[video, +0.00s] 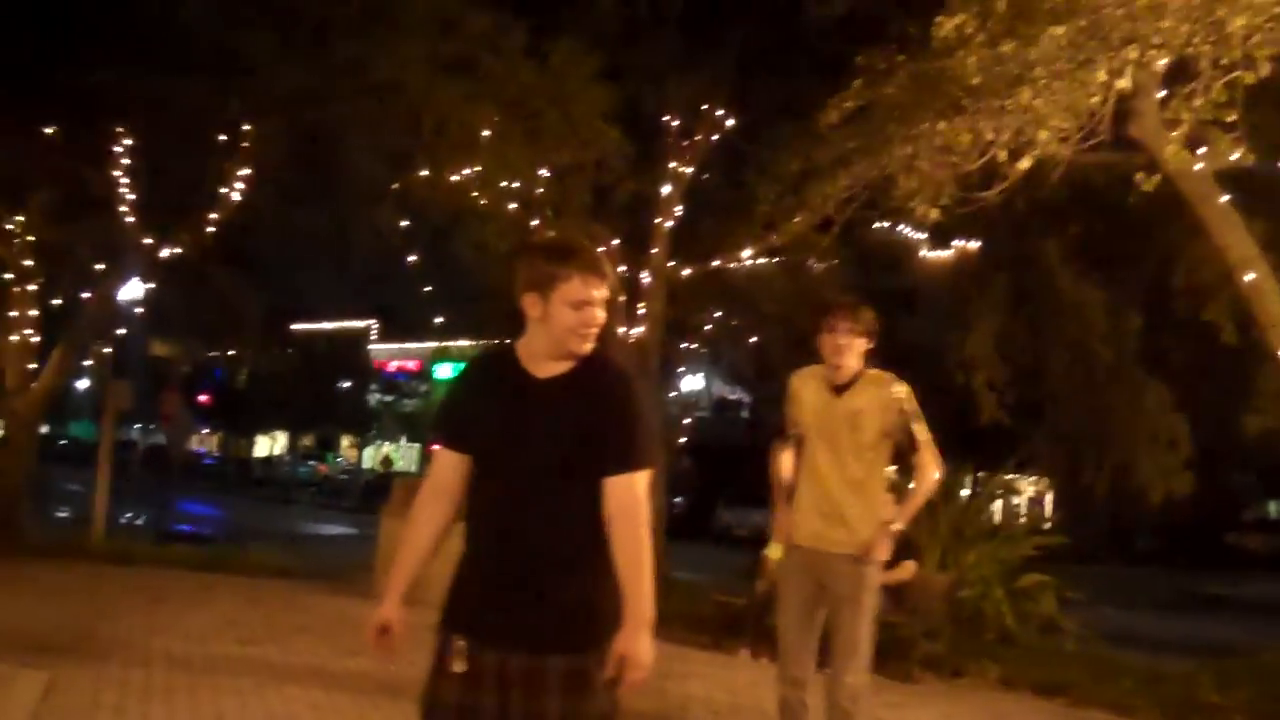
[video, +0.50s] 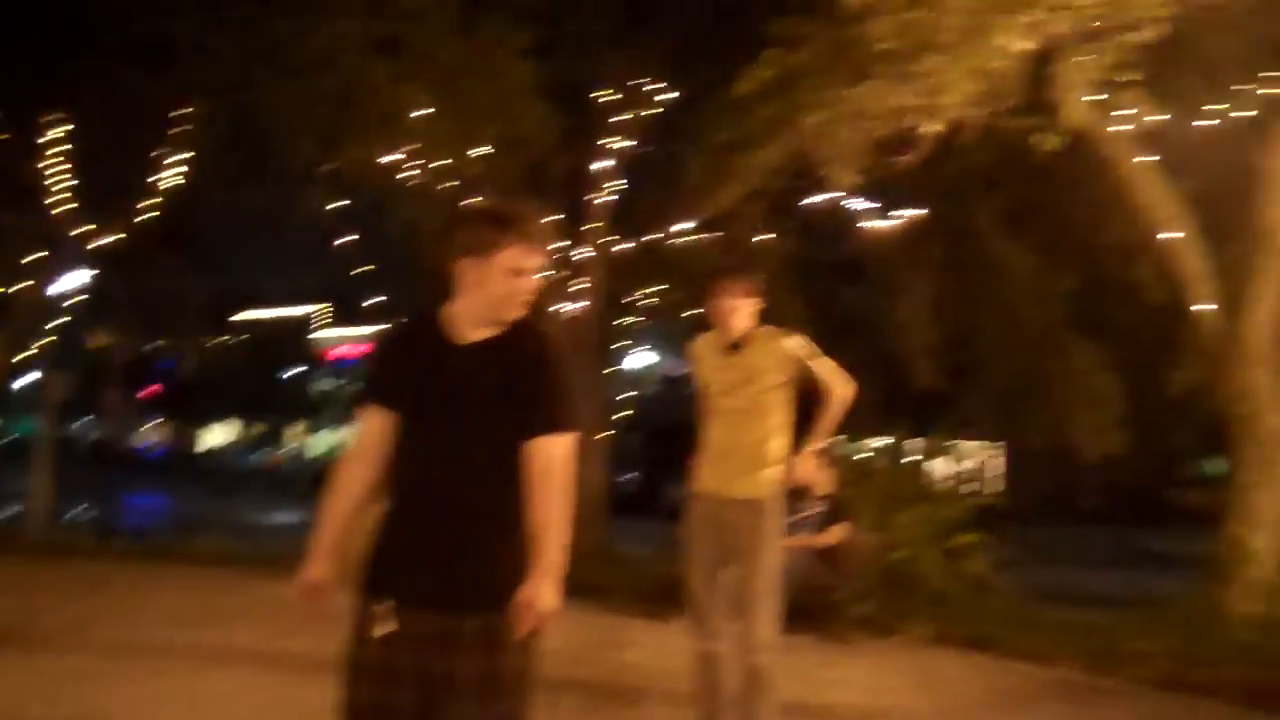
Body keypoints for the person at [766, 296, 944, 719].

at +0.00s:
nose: (839, 343)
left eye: (850, 334)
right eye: (832, 332)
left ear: (868, 343)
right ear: (819, 339)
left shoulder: (892, 393)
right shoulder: (801, 385)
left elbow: (930, 468)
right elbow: (790, 445)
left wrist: (895, 527)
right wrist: (782, 506)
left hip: (858, 555)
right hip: (800, 547)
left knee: (848, 684)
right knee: (792, 677)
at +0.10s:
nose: (802, 349)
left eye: (813, 341)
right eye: (795, 338)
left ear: (830, 348)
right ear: (783, 344)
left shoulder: (855, 395)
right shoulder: (767, 389)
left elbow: (899, 462)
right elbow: (759, 444)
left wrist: (868, 520)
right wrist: (752, 502)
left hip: (828, 553)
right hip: (769, 547)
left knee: (818, 681)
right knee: (765, 673)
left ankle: (815, 715)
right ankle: (767, 716)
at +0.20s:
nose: (773, 345)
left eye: (783, 337)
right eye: (766, 335)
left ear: (799, 344)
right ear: (755, 341)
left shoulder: (827, 391)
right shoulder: (741, 388)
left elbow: (878, 445)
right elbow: (742, 436)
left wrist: (854, 504)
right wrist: (734, 485)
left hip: (805, 547)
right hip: (750, 542)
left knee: (800, 676)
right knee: (747, 665)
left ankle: (800, 716)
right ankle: (753, 716)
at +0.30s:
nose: (793, 326)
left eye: (802, 316)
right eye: (786, 315)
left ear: (821, 321)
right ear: (775, 321)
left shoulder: (850, 364)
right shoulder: (765, 367)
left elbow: (906, 408)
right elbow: (770, 417)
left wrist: (878, 473)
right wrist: (764, 465)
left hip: (831, 519)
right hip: (777, 515)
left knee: (830, 639)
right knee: (777, 632)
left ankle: (829, 713)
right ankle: (784, 713)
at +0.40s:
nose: (789, 305)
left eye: (799, 296)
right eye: (782, 295)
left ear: (818, 303)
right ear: (772, 303)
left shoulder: (844, 345)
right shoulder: (761, 346)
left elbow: (904, 386)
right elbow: (770, 400)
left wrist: (875, 446)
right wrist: (762, 446)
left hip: (823, 499)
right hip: (769, 494)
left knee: (820, 632)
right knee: (772, 625)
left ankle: (821, 714)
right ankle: (777, 713)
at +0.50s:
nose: (728, 312)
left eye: (738, 302)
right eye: (721, 301)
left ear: (757, 305)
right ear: (710, 306)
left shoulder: (784, 346)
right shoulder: (700, 351)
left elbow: (842, 387)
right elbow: (708, 408)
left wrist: (811, 452)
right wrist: (702, 458)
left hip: (761, 499)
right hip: (707, 498)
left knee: (757, 618)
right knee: (707, 616)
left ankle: (757, 710)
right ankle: (713, 709)